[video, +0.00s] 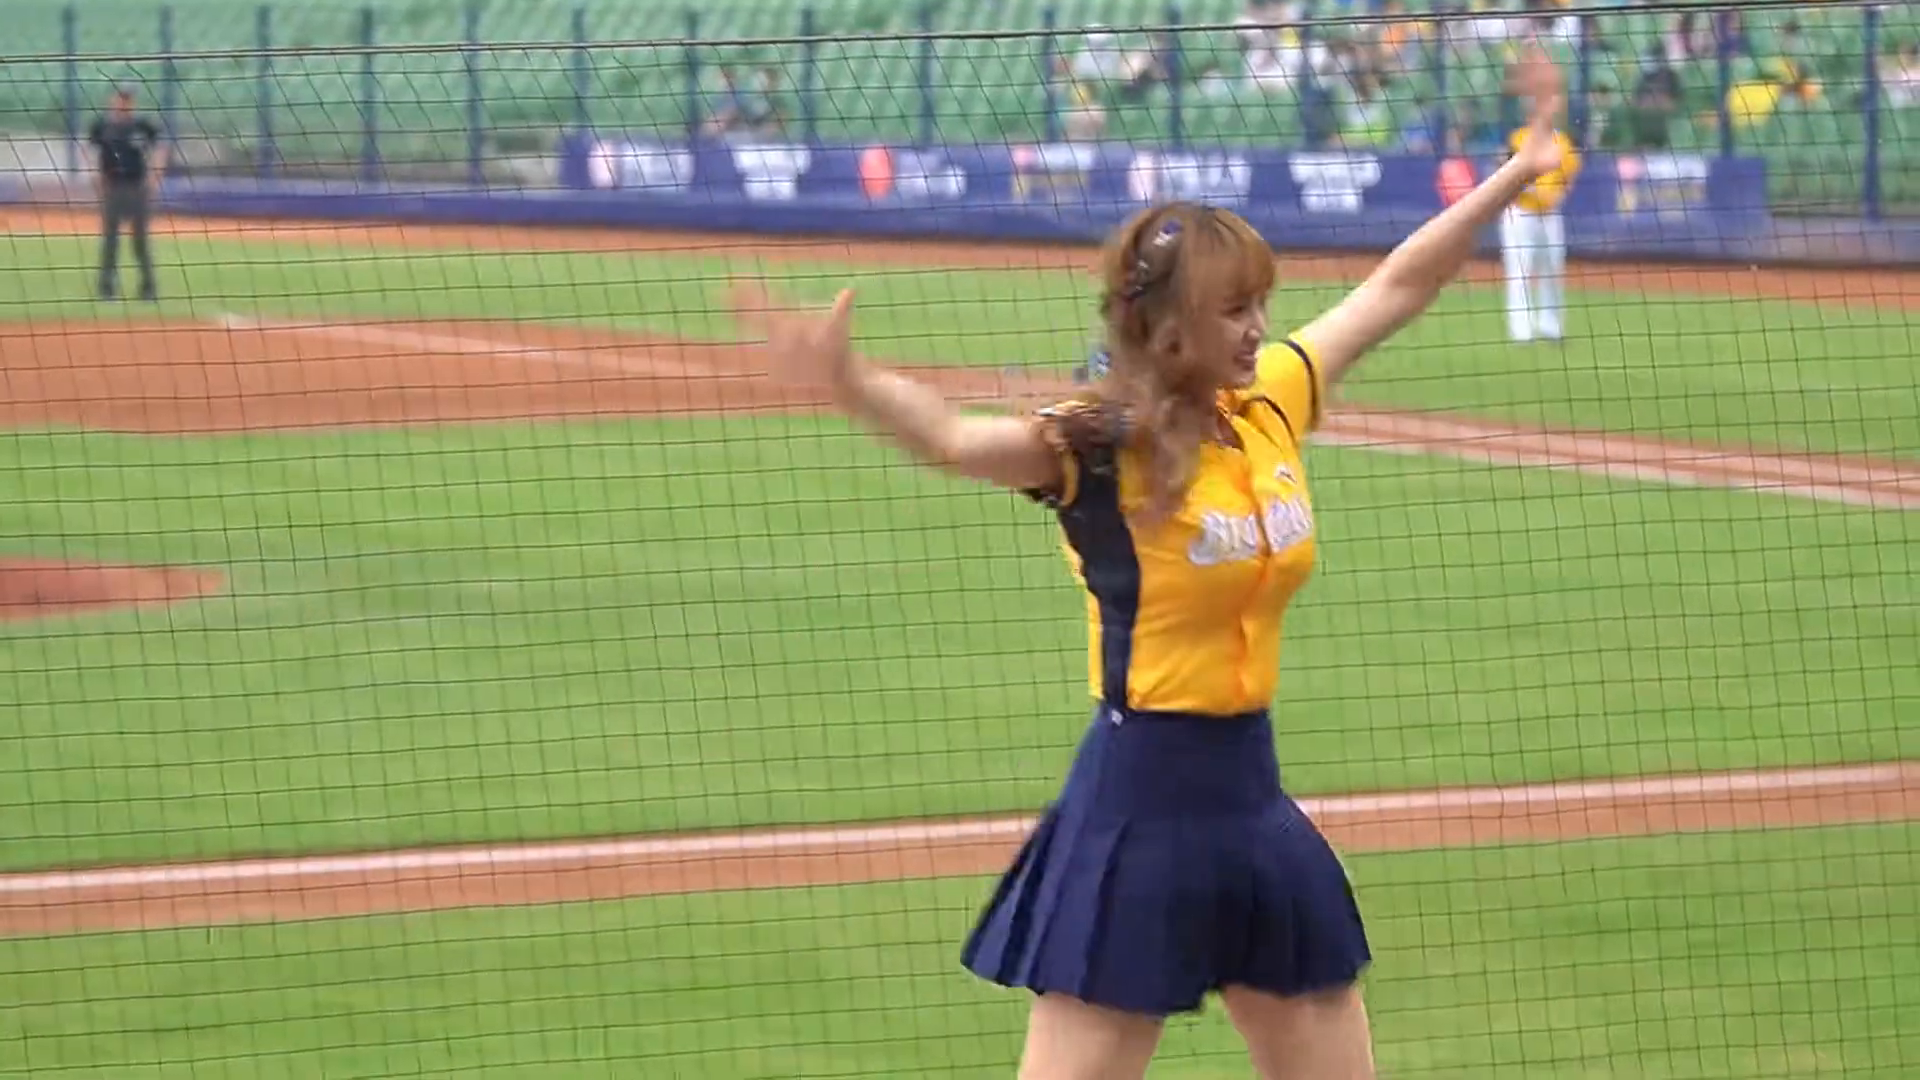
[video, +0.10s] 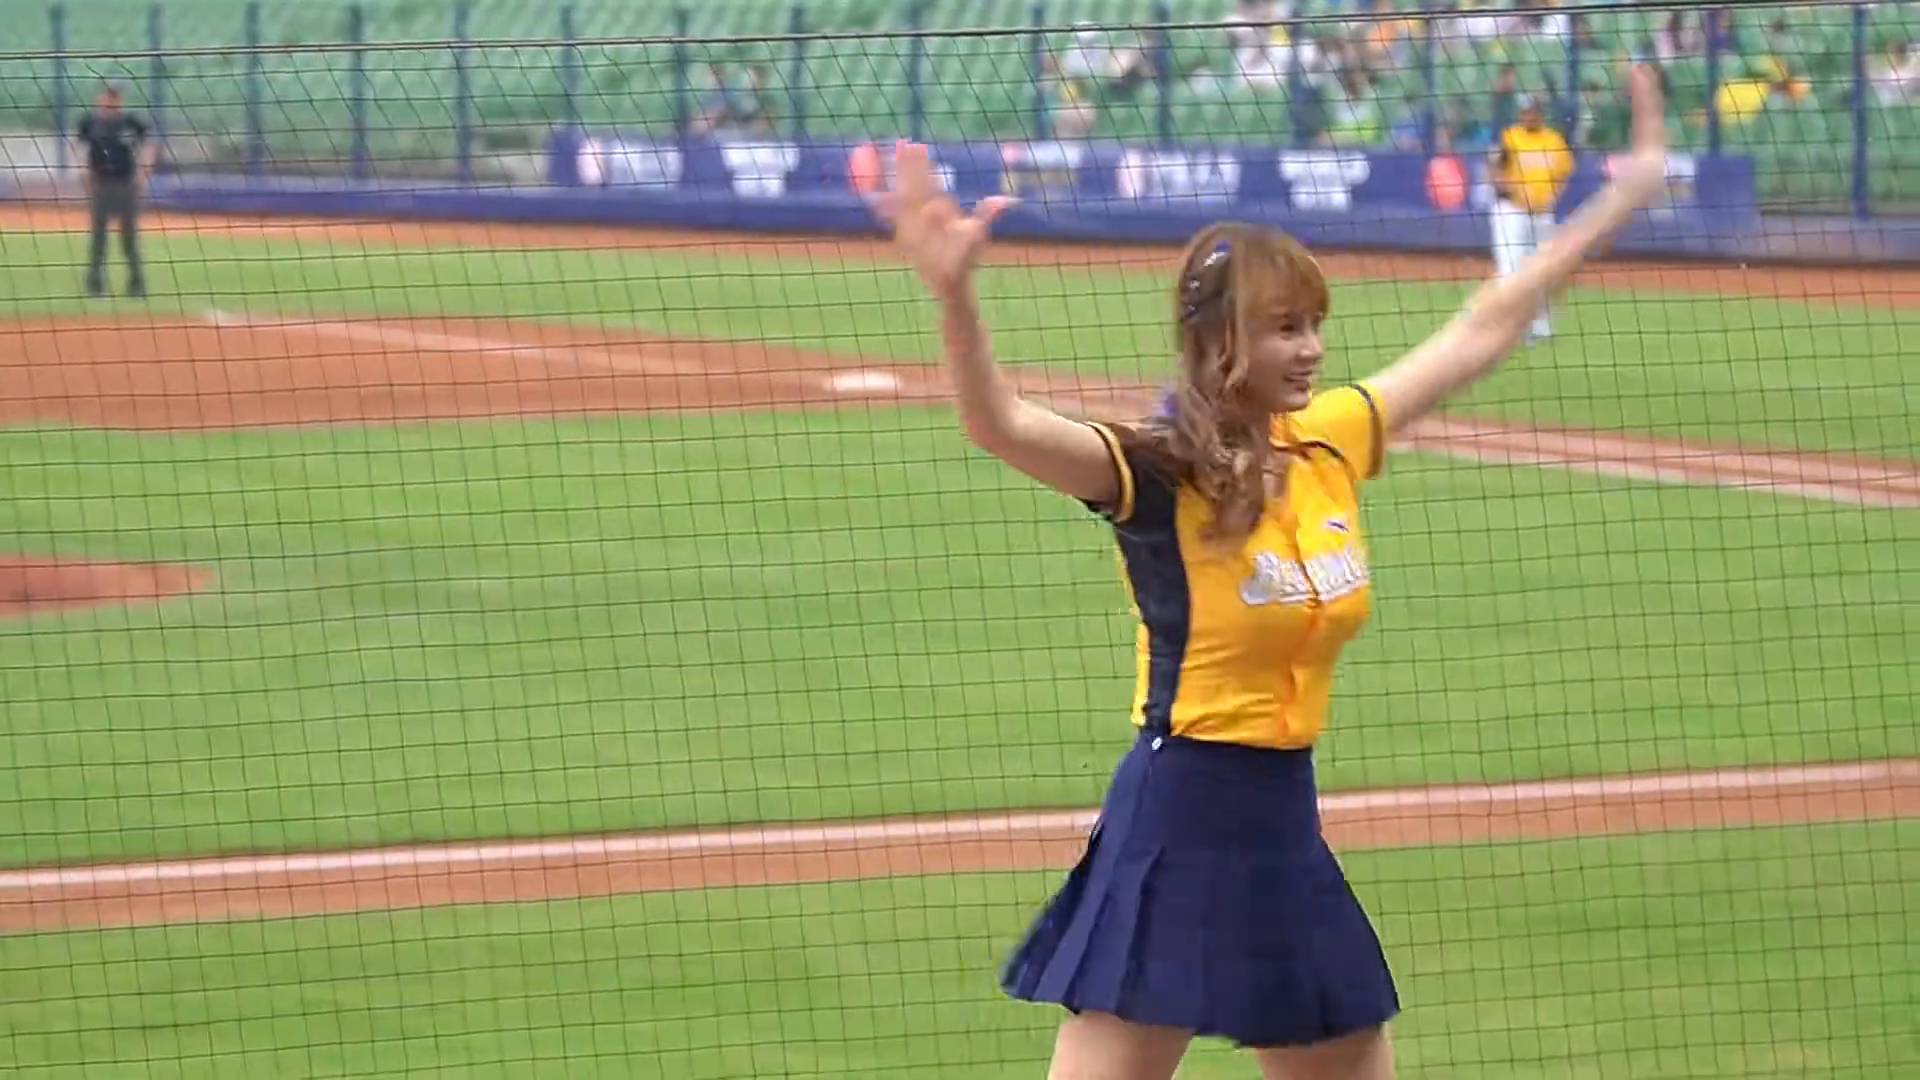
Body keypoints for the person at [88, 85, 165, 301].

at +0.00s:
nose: (123, 113)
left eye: (127, 108)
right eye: (119, 108)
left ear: (133, 108)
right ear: (112, 107)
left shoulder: (142, 127)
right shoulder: (103, 128)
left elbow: (160, 150)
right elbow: (90, 154)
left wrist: (155, 176)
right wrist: (98, 181)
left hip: (138, 188)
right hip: (112, 188)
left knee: (140, 240)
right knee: (110, 240)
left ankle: (148, 284)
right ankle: (106, 285)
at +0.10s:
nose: (110, 110)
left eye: (114, 106)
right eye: (106, 105)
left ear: (120, 105)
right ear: (98, 105)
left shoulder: (129, 123)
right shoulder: (91, 123)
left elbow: (149, 145)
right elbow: (75, 147)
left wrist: (143, 172)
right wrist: (83, 172)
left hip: (126, 184)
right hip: (100, 184)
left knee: (129, 236)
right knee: (98, 236)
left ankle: (136, 281)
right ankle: (95, 281)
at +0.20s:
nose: (99, 106)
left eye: (102, 101)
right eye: (95, 101)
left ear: (108, 101)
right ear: (88, 101)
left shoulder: (116, 119)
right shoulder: (78, 119)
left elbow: (137, 140)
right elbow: (63, 142)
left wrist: (135, 163)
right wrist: (71, 165)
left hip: (113, 179)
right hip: (88, 179)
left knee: (118, 231)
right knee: (87, 231)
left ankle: (125, 277)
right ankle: (83, 277)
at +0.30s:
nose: (87, 105)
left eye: (91, 100)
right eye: (83, 100)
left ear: (97, 99)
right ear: (76, 99)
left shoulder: (106, 117)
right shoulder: (66, 117)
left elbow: (122, 138)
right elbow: (51, 140)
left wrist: (126, 160)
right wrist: (60, 163)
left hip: (101, 177)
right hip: (76, 176)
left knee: (106, 229)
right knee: (75, 228)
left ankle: (113, 276)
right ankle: (72, 275)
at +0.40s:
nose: (74, 99)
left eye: (78, 94)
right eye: (71, 94)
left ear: (84, 95)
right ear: (64, 94)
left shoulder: (93, 113)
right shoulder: (56, 114)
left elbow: (112, 133)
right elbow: (39, 136)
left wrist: (113, 155)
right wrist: (48, 159)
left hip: (89, 174)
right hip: (65, 174)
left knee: (93, 225)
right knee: (63, 225)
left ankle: (100, 272)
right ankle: (60, 273)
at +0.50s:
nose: (62, 98)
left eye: (66, 93)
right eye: (59, 93)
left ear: (72, 93)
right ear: (52, 92)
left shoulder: (81, 111)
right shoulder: (44, 111)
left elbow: (100, 130)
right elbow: (27, 134)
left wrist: (100, 152)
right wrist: (35, 157)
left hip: (77, 172)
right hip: (53, 172)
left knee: (82, 223)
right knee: (50, 223)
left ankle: (89, 270)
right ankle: (48, 271)